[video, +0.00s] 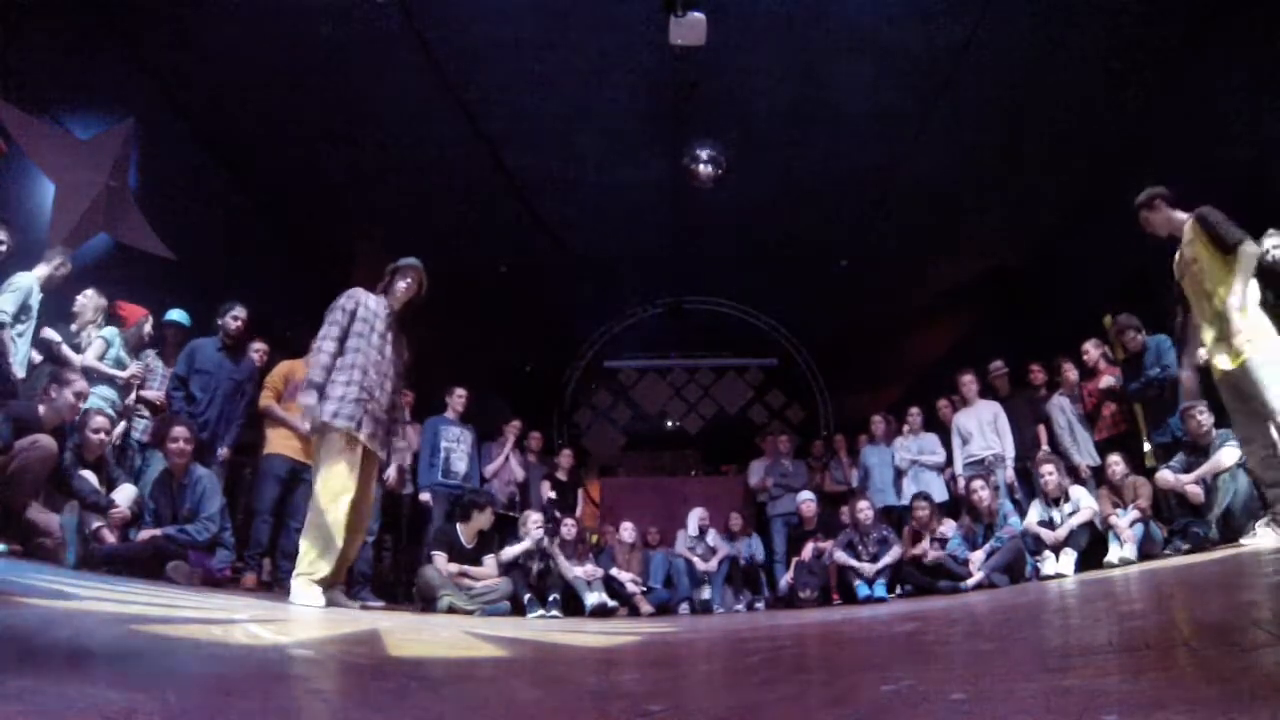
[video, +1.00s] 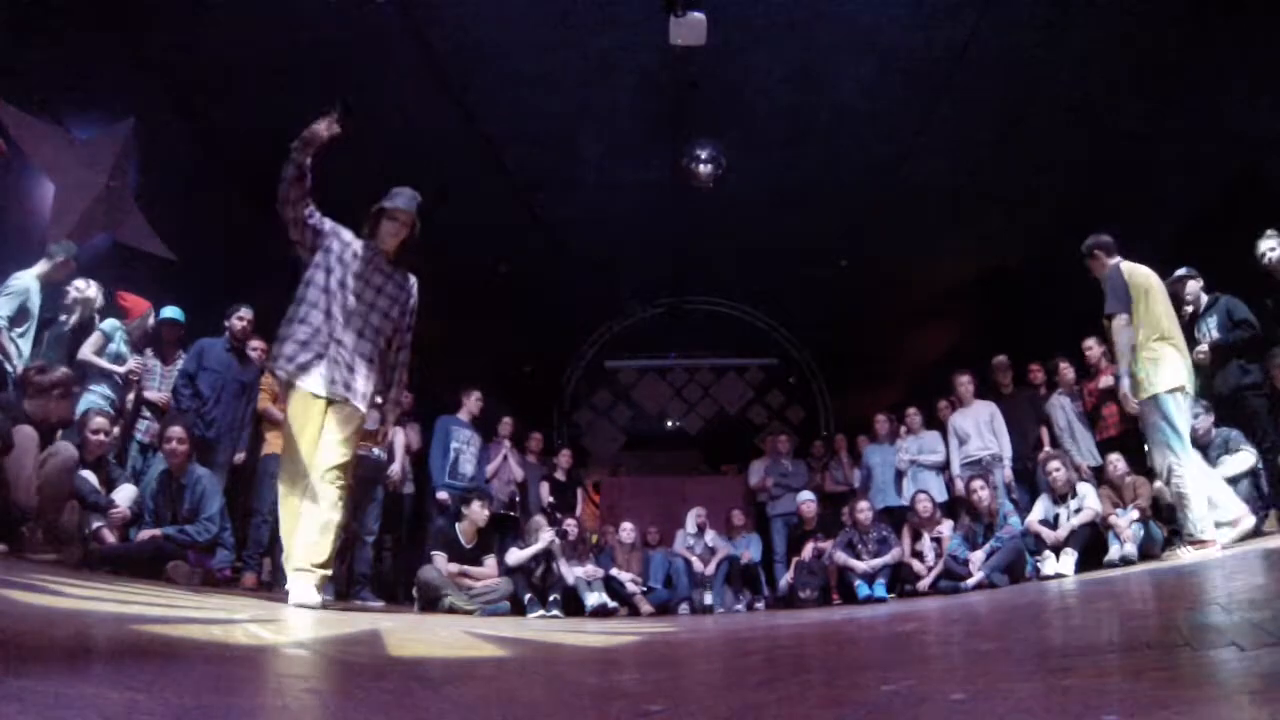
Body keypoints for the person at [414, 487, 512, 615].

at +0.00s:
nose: (493, 518)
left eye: (493, 513)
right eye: (490, 513)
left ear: (477, 514)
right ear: (475, 513)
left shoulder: (486, 538)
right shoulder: (444, 532)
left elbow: (492, 572)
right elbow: (442, 570)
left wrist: (461, 569)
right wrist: (475, 584)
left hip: (478, 590)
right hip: (448, 588)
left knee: (507, 584)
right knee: (428, 572)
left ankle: (456, 604)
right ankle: (476, 609)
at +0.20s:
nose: (492, 517)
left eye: (491, 512)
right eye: (488, 512)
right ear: (473, 512)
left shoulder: (486, 537)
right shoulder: (443, 532)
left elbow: (492, 572)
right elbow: (441, 570)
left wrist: (462, 569)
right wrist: (475, 584)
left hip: (477, 590)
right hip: (447, 588)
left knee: (507, 584)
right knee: (427, 573)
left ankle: (454, 605)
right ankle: (476, 610)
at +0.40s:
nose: (489, 514)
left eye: (490, 510)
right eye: (485, 509)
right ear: (466, 509)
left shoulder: (486, 536)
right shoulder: (443, 532)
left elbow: (492, 572)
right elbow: (441, 570)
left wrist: (462, 569)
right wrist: (475, 584)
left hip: (478, 590)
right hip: (448, 589)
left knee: (507, 585)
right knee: (427, 573)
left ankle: (453, 605)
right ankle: (477, 610)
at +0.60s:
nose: (487, 513)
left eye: (488, 508)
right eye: (482, 507)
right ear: (465, 509)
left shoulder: (484, 536)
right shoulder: (444, 530)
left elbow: (492, 572)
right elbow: (441, 569)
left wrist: (461, 569)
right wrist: (474, 584)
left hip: (477, 590)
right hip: (448, 588)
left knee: (507, 585)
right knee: (427, 573)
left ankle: (455, 604)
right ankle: (477, 609)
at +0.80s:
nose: (487, 513)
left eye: (488, 508)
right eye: (482, 507)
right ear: (465, 509)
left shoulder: (484, 536)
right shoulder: (443, 531)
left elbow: (492, 572)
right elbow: (441, 569)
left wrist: (461, 569)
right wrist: (474, 584)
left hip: (477, 590)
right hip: (448, 588)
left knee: (507, 585)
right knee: (427, 572)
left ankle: (456, 605)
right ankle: (476, 609)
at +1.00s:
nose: (487, 513)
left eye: (488, 508)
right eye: (481, 507)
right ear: (465, 509)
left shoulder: (484, 536)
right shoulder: (443, 530)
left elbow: (493, 572)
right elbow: (442, 569)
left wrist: (462, 569)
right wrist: (474, 584)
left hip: (477, 590)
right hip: (447, 588)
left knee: (507, 584)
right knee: (426, 573)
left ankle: (455, 604)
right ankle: (477, 609)